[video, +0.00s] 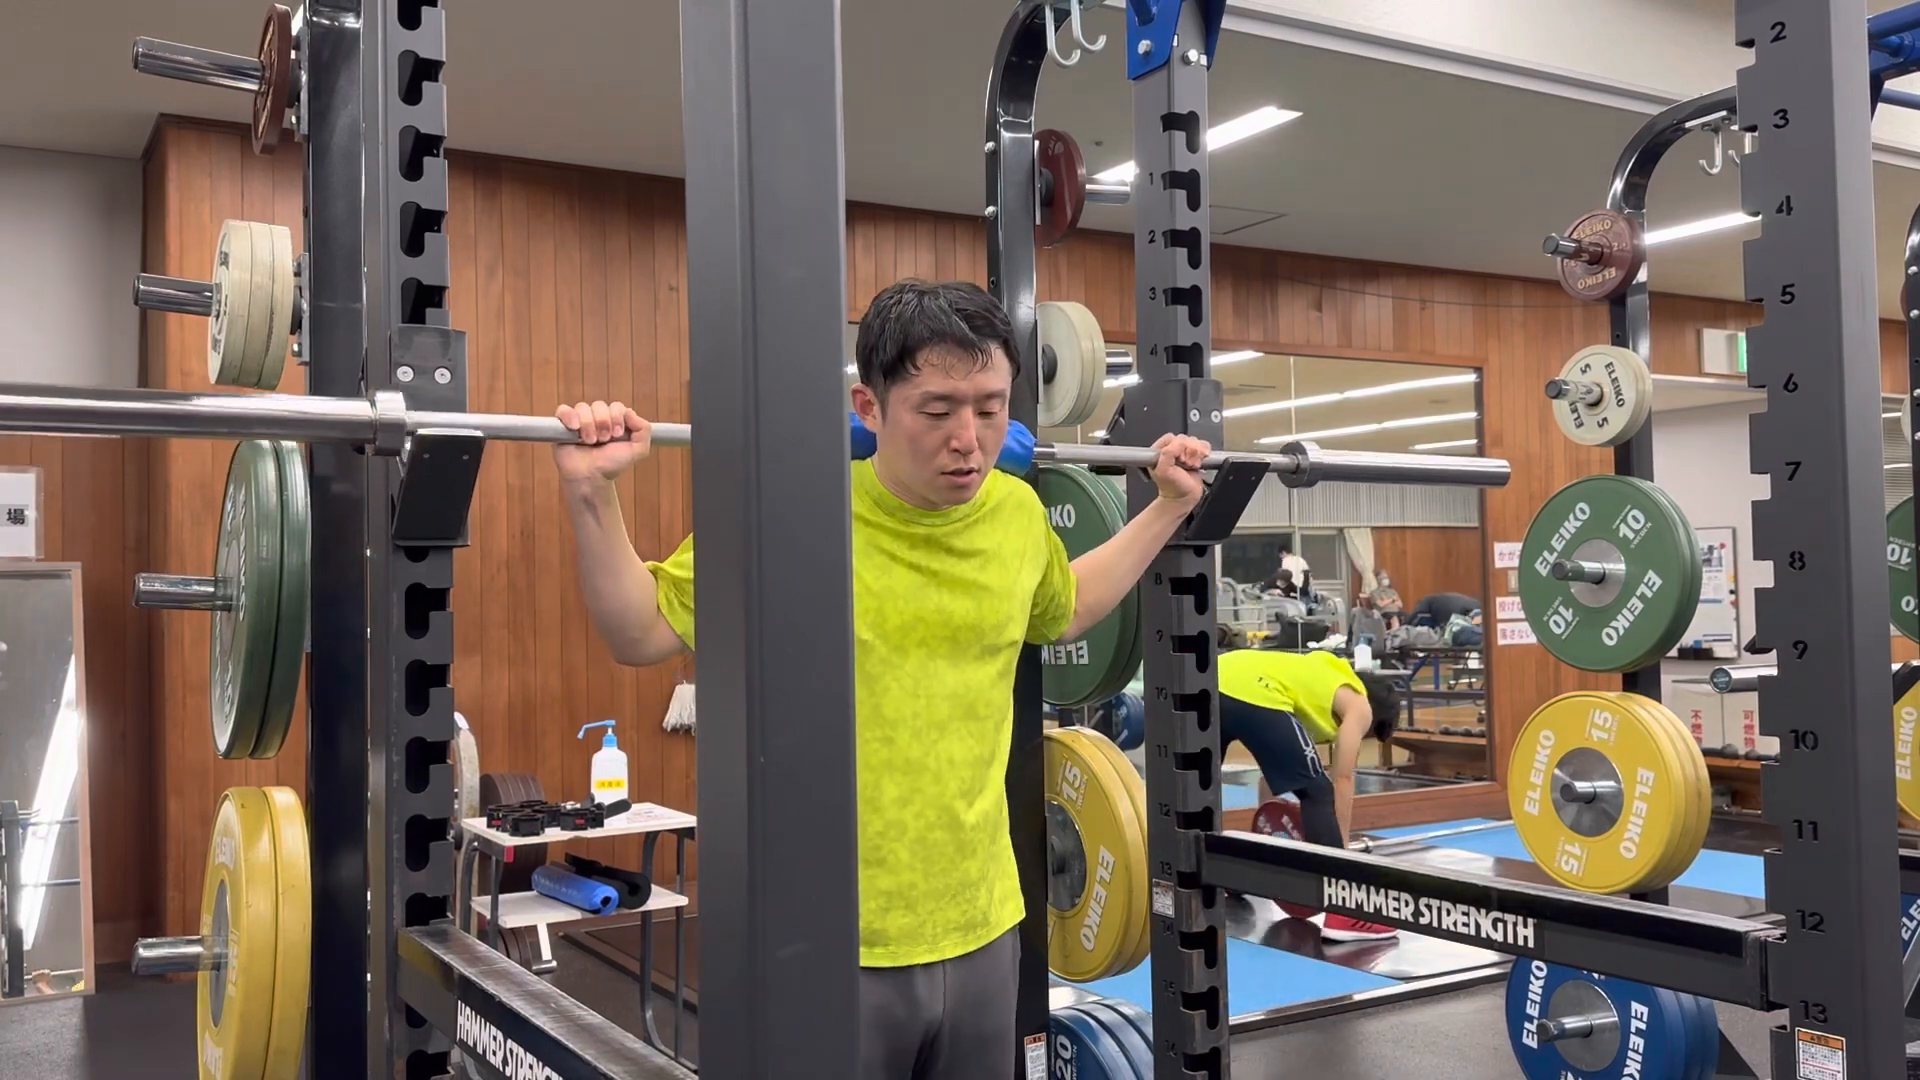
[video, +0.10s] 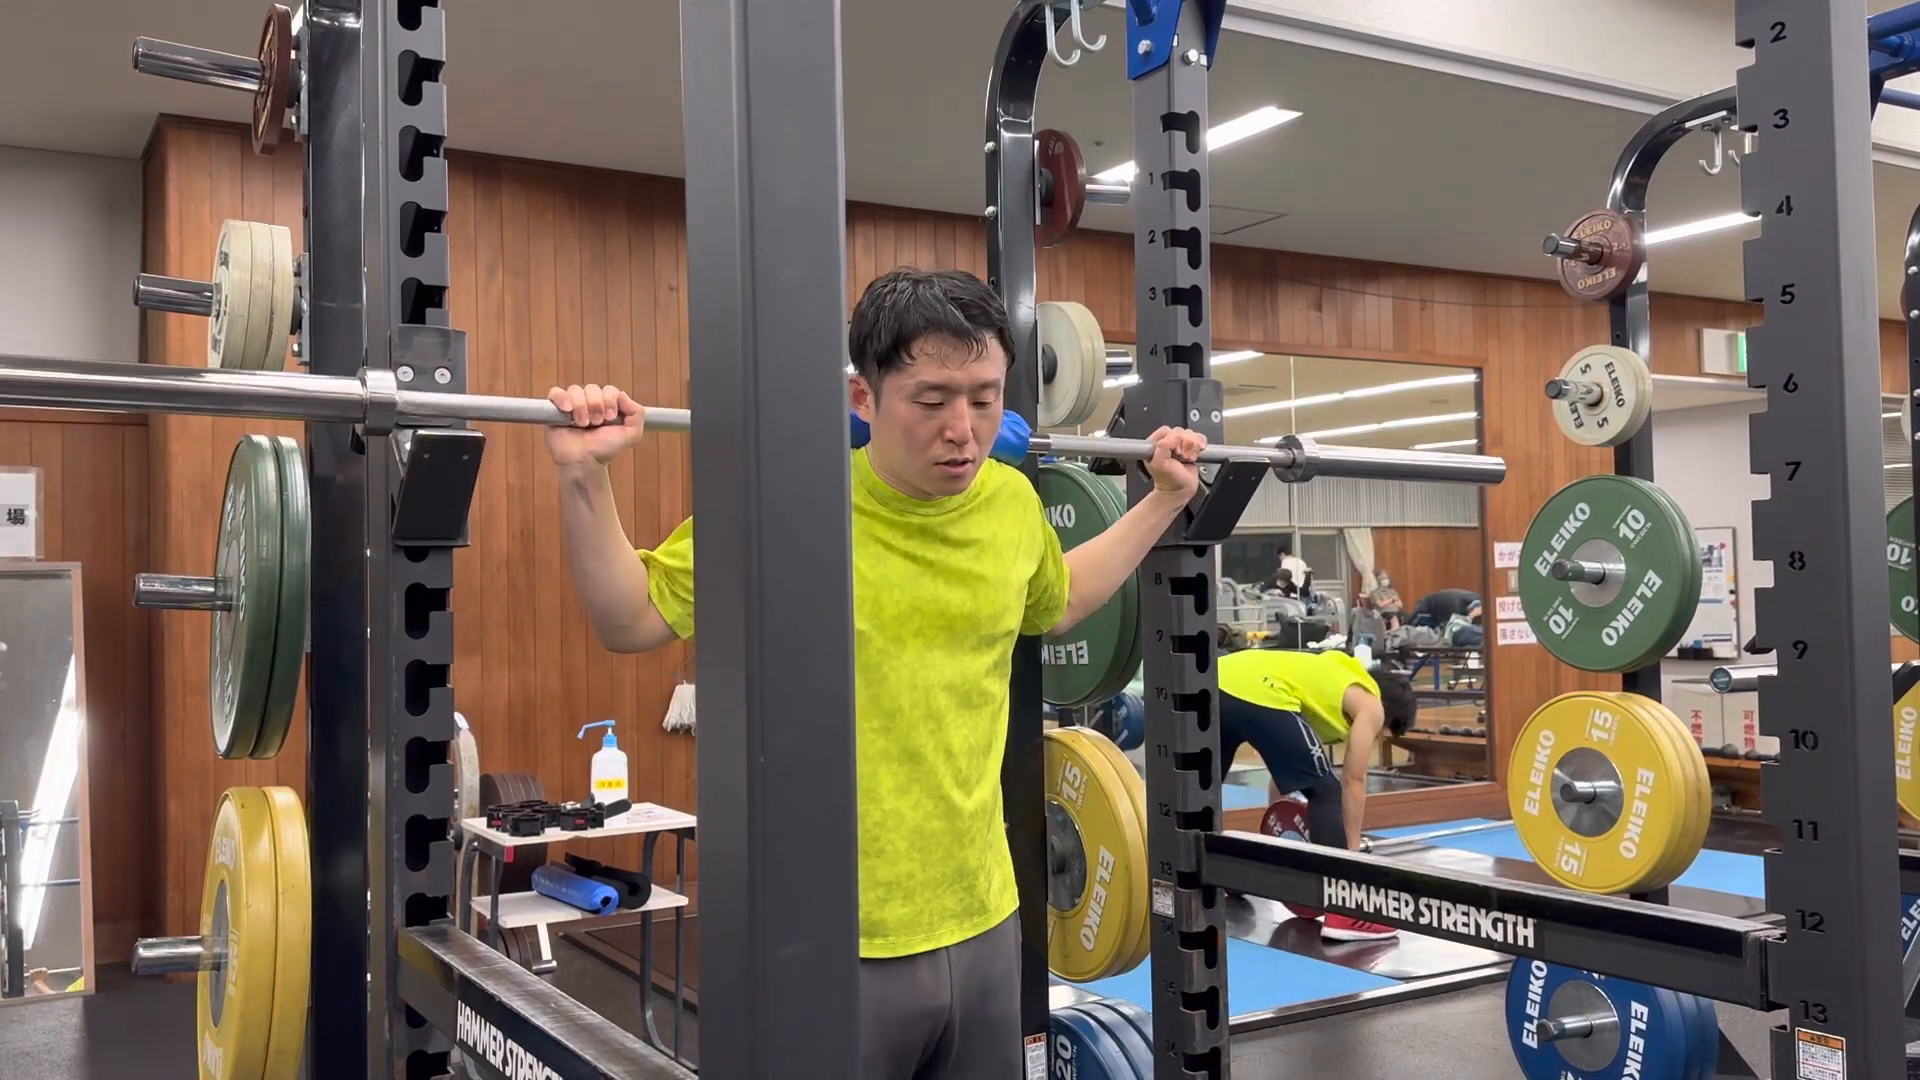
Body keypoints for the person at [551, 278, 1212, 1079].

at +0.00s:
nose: (966, 440)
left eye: (987, 410)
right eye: (935, 411)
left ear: (1009, 409)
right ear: (868, 407)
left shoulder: (1015, 512)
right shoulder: (803, 512)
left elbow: (1058, 607)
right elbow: (644, 632)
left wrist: (1168, 510)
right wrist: (591, 495)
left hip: (984, 942)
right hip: (838, 955)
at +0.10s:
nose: (960, 430)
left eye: (982, 400)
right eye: (929, 399)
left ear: (1003, 399)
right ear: (863, 398)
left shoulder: (1009, 501)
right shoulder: (796, 502)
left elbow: (1052, 599)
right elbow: (632, 620)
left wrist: (1162, 503)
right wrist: (584, 479)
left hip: (986, 932)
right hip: (844, 952)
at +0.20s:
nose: (957, 438)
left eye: (979, 408)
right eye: (925, 408)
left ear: (1001, 404)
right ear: (861, 405)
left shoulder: (1008, 503)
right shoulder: (794, 508)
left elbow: (1050, 603)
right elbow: (630, 623)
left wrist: (1159, 504)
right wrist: (581, 483)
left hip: (986, 937)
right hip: (846, 958)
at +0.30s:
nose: (959, 444)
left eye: (980, 412)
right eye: (927, 415)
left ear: (1002, 406)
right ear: (862, 410)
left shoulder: (1008, 507)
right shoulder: (794, 511)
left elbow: (1049, 603)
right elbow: (629, 624)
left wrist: (1158, 506)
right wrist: (581, 488)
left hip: (986, 939)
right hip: (846, 961)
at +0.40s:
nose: (961, 442)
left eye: (982, 410)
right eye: (929, 412)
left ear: (1005, 404)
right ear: (863, 408)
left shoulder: (1008, 505)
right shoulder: (795, 509)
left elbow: (1044, 602)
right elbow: (628, 622)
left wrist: (1156, 507)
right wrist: (583, 487)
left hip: (987, 939)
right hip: (848, 961)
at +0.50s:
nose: (965, 430)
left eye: (988, 397)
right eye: (933, 397)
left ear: (1010, 397)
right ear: (867, 397)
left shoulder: (1010, 495)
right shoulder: (799, 500)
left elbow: (1045, 596)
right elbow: (629, 615)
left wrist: (1159, 497)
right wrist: (586, 477)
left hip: (989, 931)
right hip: (849, 954)